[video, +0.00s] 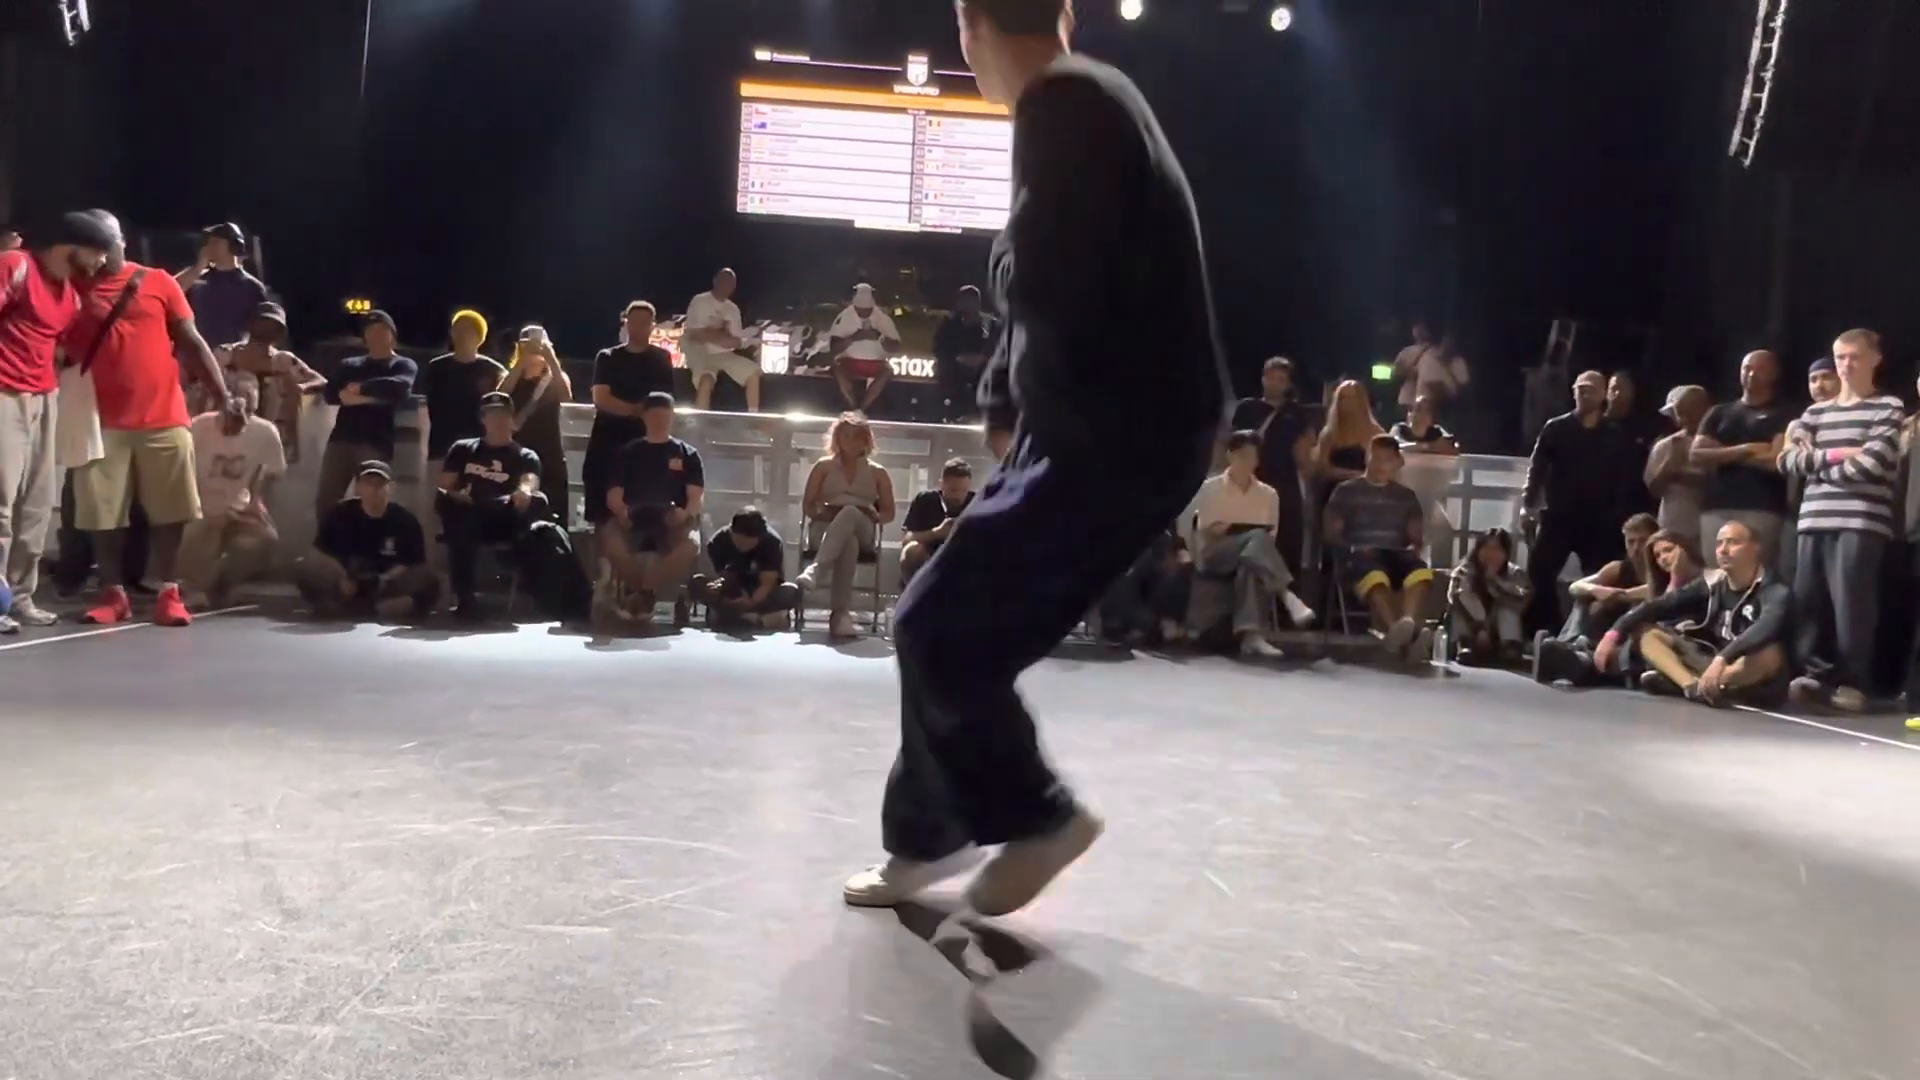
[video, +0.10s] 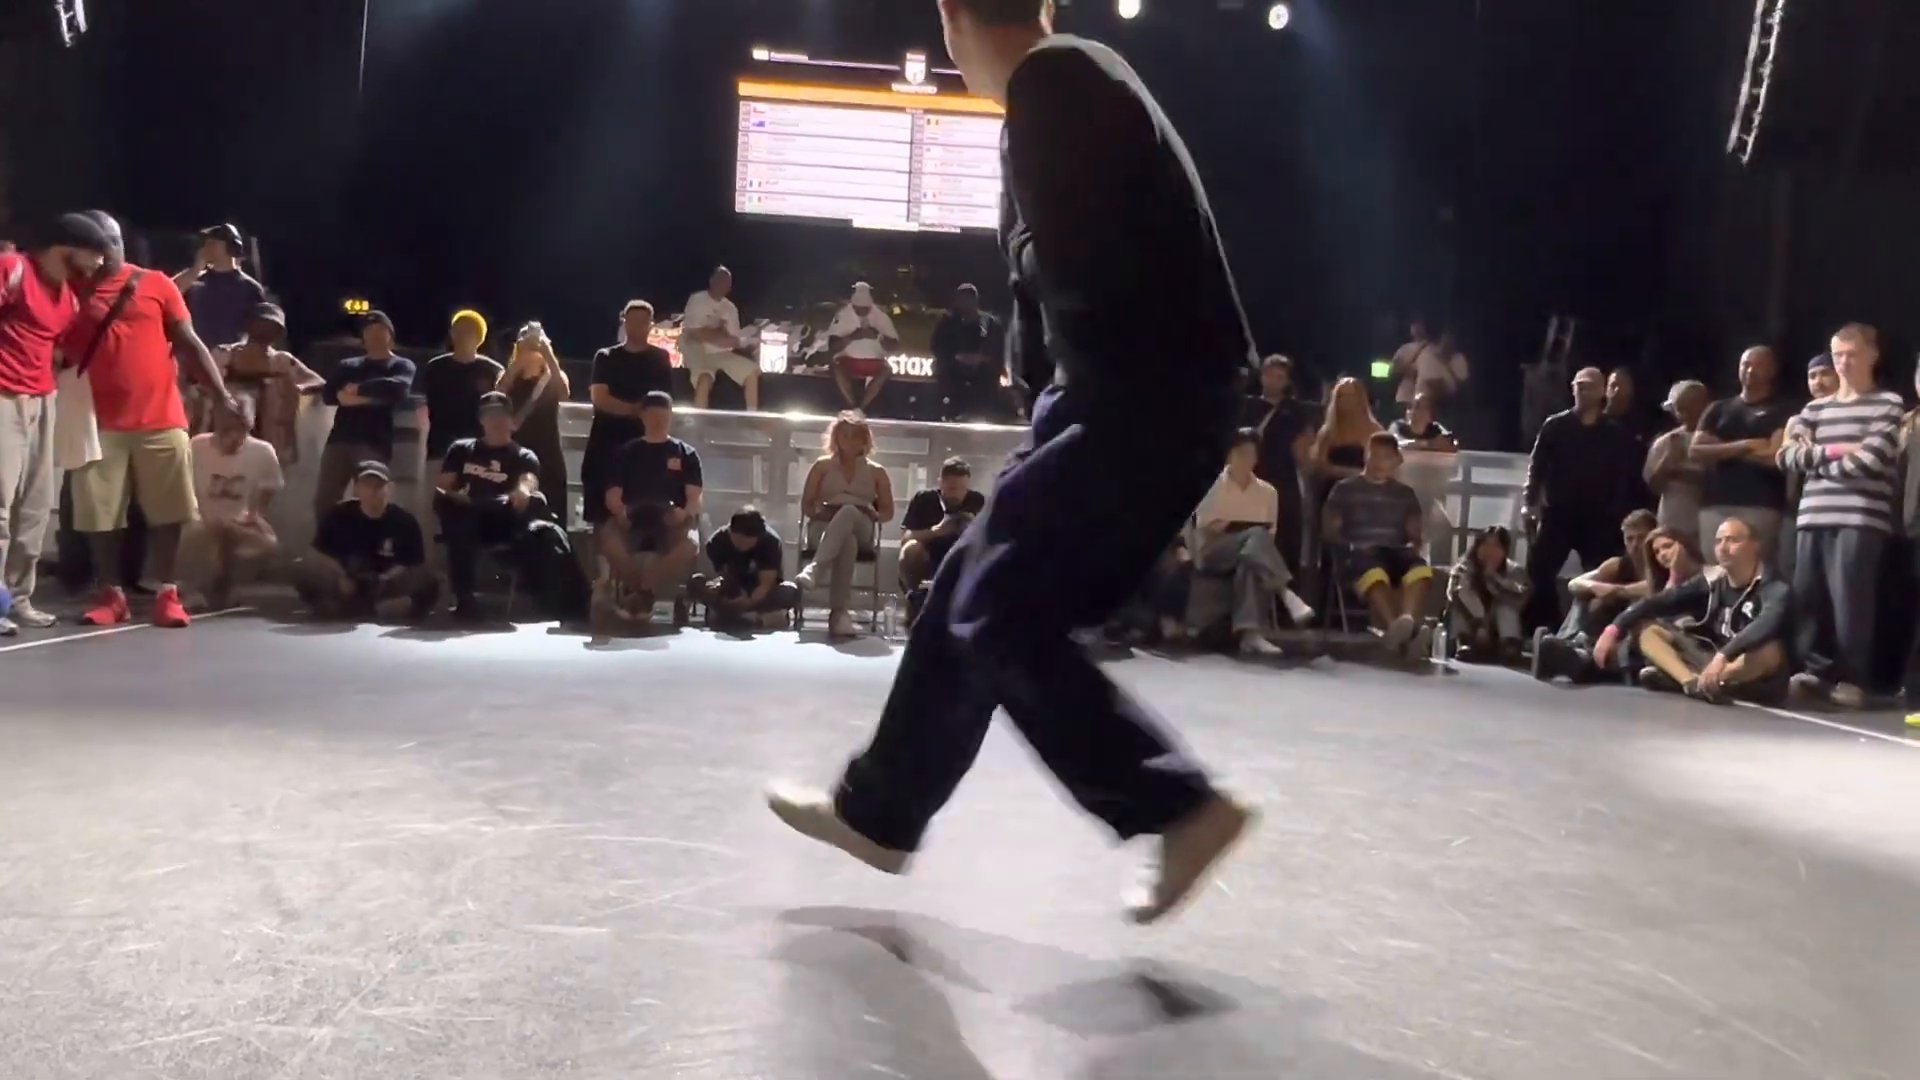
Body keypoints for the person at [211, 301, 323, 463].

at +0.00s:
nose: (267, 331)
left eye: (274, 327)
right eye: (263, 323)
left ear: (279, 332)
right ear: (251, 324)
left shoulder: (284, 360)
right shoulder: (226, 353)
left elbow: (321, 381)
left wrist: (301, 387)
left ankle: (290, 443)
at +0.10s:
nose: (266, 332)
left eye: (272, 328)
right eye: (262, 325)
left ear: (278, 333)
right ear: (251, 325)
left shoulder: (282, 360)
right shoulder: (225, 354)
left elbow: (318, 381)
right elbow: (205, 382)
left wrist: (299, 387)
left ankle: (286, 447)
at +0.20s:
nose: (261, 326)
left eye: (267, 321)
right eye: (257, 318)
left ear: (273, 327)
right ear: (246, 318)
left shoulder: (278, 354)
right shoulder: (219, 347)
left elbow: (315, 373)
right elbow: (202, 378)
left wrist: (291, 380)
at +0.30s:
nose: (261, 326)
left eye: (268, 322)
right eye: (258, 318)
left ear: (273, 329)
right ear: (246, 319)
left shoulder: (276, 355)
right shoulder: (218, 349)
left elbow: (314, 376)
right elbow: (198, 381)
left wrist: (294, 381)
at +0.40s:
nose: (263, 334)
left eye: (270, 330)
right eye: (259, 327)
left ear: (275, 335)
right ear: (248, 327)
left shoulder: (278, 362)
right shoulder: (222, 355)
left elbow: (317, 383)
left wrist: (295, 389)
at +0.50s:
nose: (268, 341)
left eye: (273, 337)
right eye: (264, 334)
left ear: (278, 341)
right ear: (252, 334)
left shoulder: (281, 369)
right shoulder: (228, 364)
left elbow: (319, 390)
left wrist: (299, 396)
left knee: (291, 404)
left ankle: (287, 452)